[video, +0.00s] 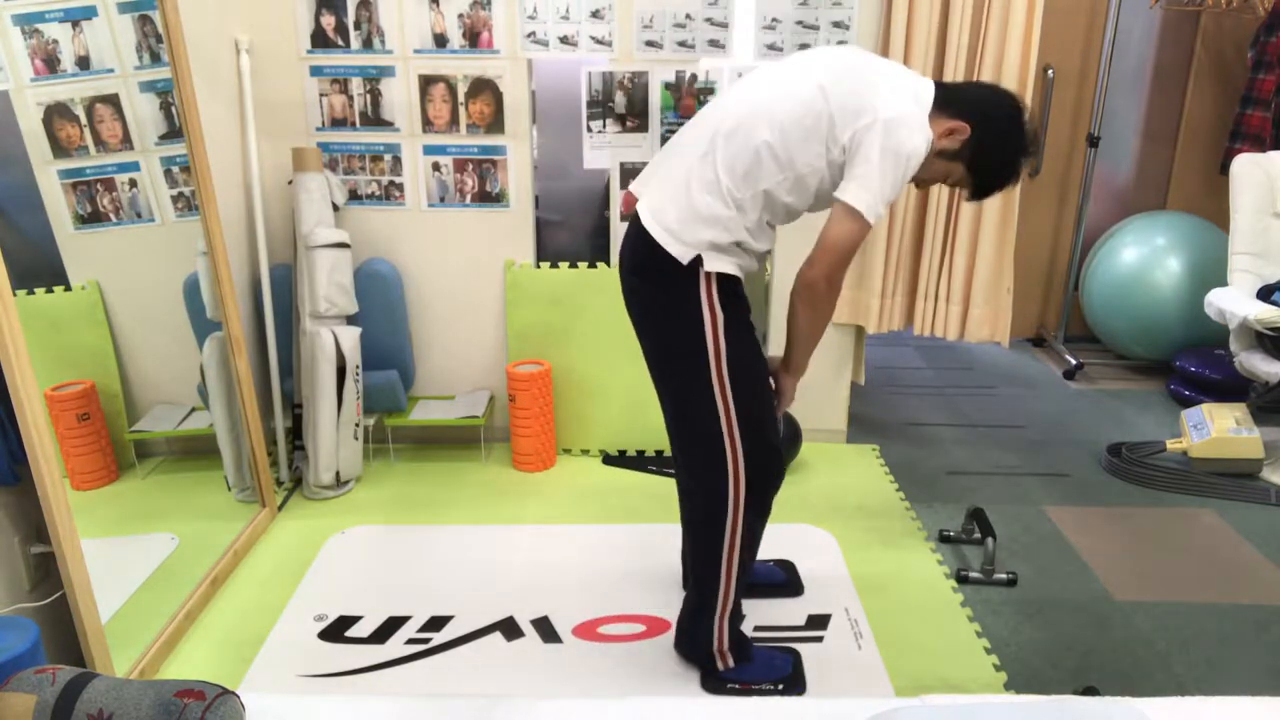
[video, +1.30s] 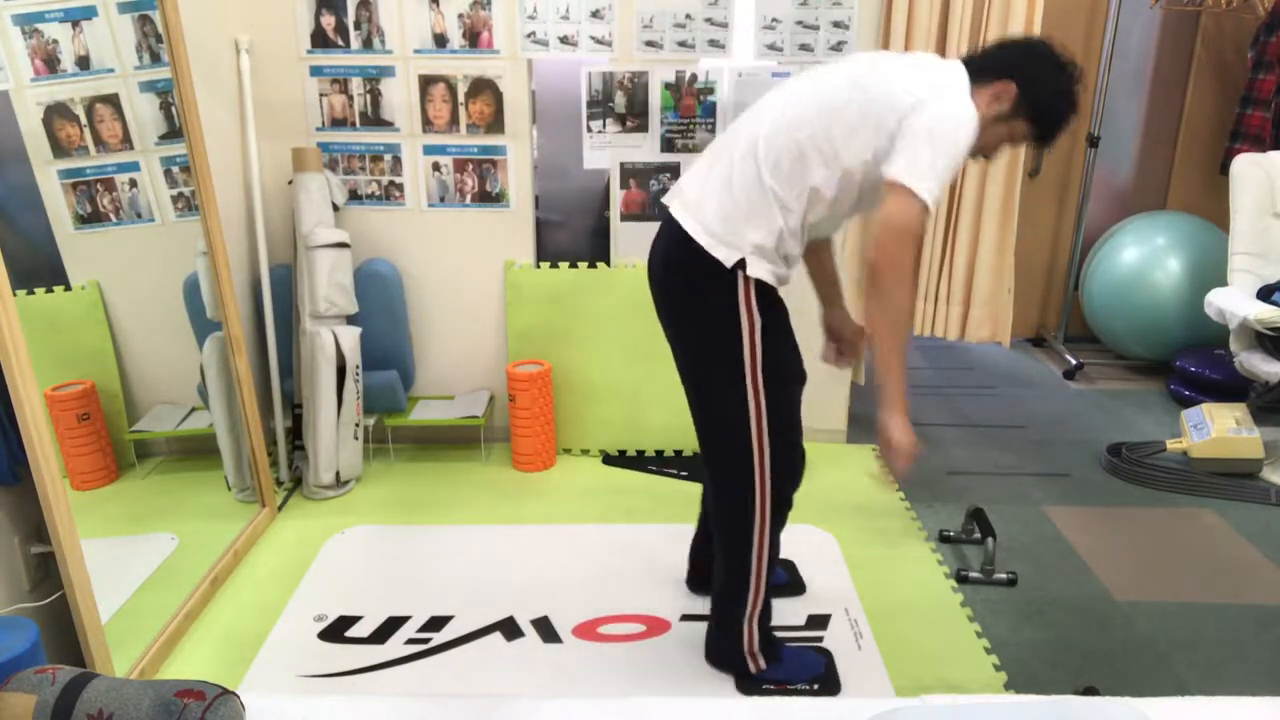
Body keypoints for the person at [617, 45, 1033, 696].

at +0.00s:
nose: (931, 189)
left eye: (948, 187)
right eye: (950, 181)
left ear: (951, 122)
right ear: (952, 134)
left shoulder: (879, 80)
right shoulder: (899, 125)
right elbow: (820, 272)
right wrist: (793, 369)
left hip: (676, 232)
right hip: (685, 250)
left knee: (748, 431)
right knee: (742, 452)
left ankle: (723, 566)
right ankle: (713, 646)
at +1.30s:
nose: (988, 153)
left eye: (1006, 148)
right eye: (1007, 141)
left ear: (994, 86)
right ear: (1002, 96)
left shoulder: (910, 76)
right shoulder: (946, 107)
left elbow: (808, 198)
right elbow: (890, 253)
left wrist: (834, 309)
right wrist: (893, 407)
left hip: (711, 234)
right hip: (722, 253)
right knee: (766, 459)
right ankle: (744, 649)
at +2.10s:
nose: (995, 423)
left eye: (1004, 419)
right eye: (1008, 415)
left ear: (994, 356)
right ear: (999, 382)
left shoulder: (944, 332)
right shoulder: (960, 364)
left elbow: (935, 431)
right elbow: (1000, 537)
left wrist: (962, 500)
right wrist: (1060, 650)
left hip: (710, 300)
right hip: (712, 317)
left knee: (825, 453)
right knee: (829, 490)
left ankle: (751, 571)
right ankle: (746, 644)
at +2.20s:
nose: (1003, 418)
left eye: (1012, 414)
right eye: (1014, 411)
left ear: (1001, 348)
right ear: (1007, 374)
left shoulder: (947, 329)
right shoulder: (969, 362)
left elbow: (936, 432)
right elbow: (1003, 534)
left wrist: (965, 501)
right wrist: (1062, 650)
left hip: (709, 296)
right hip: (720, 314)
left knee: (820, 444)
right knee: (834, 488)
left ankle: (751, 572)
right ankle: (747, 643)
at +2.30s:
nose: (1007, 415)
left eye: (1018, 411)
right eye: (1019, 408)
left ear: (1008, 342)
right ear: (1014, 370)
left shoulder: (953, 326)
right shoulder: (976, 362)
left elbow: (939, 428)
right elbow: (1008, 533)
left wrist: (967, 495)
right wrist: (1066, 650)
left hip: (710, 294)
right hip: (725, 313)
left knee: (818, 448)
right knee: (836, 488)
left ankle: (752, 572)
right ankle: (748, 643)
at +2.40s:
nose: (1011, 416)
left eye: (1021, 412)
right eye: (1023, 409)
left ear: (1010, 343)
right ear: (1017, 371)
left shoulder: (956, 327)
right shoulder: (980, 362)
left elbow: (941, 425)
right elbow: (1014, 531)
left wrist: (969, 492)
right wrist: (1076, 652)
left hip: (714, 292)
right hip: (728, 311)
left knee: (816, 452)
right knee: (836, 488)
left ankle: (752, 572)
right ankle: (748, 642)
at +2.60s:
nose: (1016, 418)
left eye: (1024, 413)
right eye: (1027, 410)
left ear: (1015, 345)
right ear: (1023, 375)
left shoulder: (960, 329)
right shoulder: (986, 366)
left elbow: (943, 422)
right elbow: (1018, 535)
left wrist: (968, 492)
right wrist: (1073, 656)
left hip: (718, 290)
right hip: (732, 309)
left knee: (816, 450)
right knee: (839, 488)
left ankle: (753, 573)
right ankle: (748, 640)